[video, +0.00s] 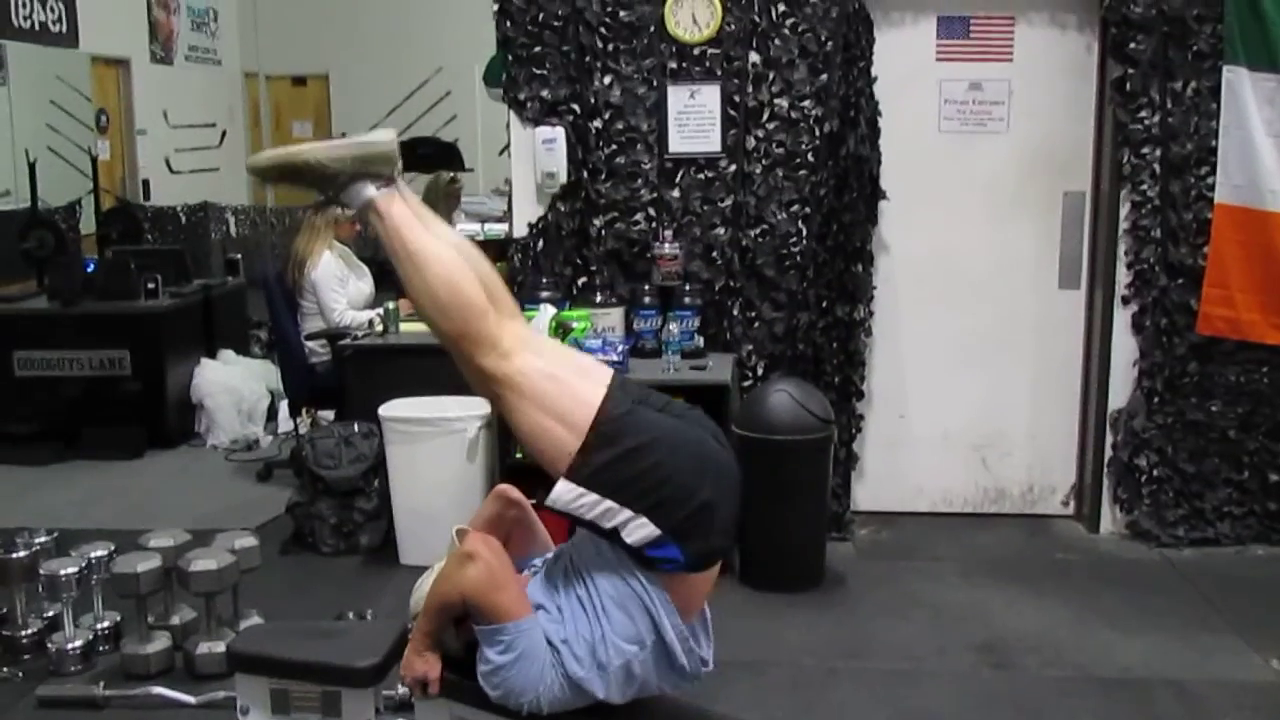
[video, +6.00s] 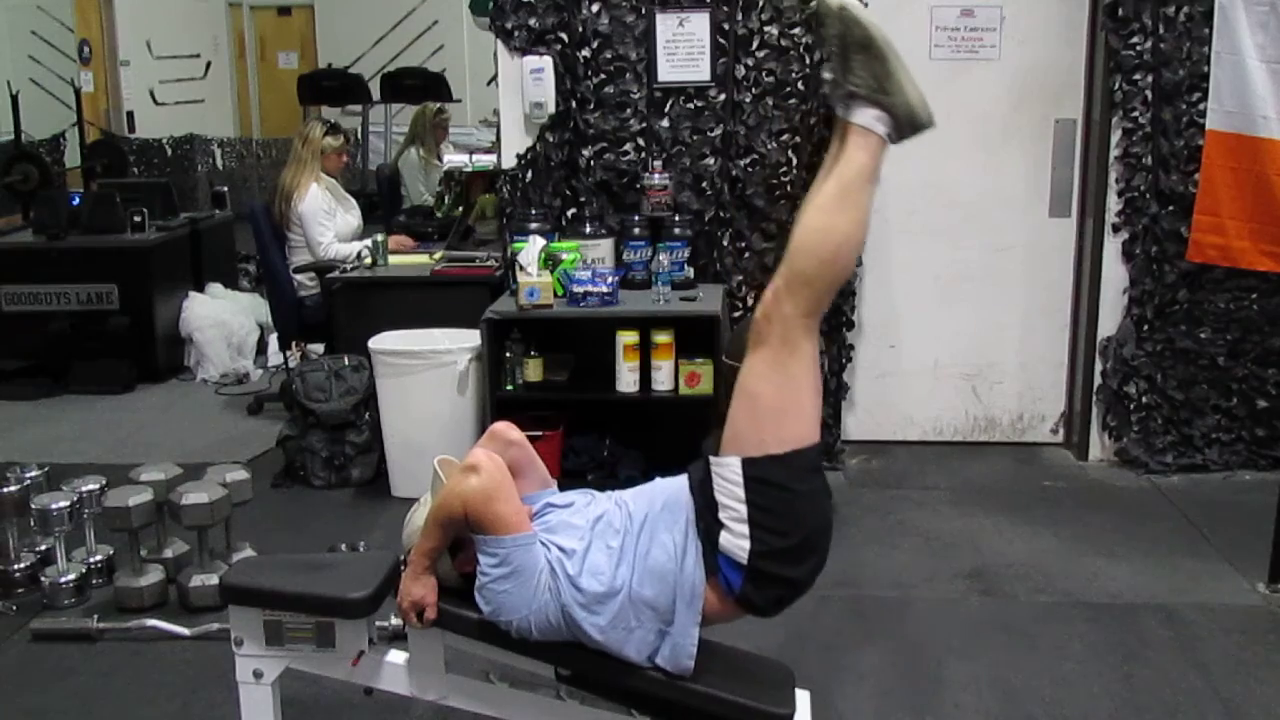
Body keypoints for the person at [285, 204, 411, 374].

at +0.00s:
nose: (359, 228)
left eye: (358, 222)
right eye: (352, 222)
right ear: (334, 223)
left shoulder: (337, 253)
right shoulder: (324, 260)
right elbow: (338, 319)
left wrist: (388, 311)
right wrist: (388, 313)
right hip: (331, 358)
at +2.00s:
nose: (352, 225)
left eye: (353, 219)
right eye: (347, 219)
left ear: (331, 219)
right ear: (328, 218)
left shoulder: (328, 250)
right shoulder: (317, 256)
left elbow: (340, 307)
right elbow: (332, 315)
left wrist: (386, 307)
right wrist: (385, 308)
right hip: (324, 357)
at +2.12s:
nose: (350, 204)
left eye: (350, 197)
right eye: (344, 198)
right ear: (324, 198)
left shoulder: (329, 228)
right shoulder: (315, 235)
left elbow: (341, 286)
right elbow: (330, 295)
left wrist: (386, 285)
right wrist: (385, 288)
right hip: (321, 335)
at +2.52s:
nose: (347, 181)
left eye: (347, 174)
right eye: (341, 175)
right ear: (322, 175)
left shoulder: (325, 207)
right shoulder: (312, 212)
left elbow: (336, 264)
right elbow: (327, 271)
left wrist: (382, 263)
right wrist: (382, 265)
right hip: (319, 312)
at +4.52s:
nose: (345, 160)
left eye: (346, 153)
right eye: (339, 154)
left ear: (324, 155)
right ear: (320, 154)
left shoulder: (324, 187)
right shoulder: (311, 192)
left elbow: (335, 244)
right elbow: (325, 251)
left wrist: (381, 243)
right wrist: (380, 246)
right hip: (319, 291)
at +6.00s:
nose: (345, 159)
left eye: (345, 153)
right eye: (339, 154)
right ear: (319, 155)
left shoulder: (323, 186)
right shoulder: (312, 192)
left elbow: (334, 244)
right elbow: (324, 251)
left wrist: (381, 242)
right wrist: (382, 245)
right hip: (319, 293)